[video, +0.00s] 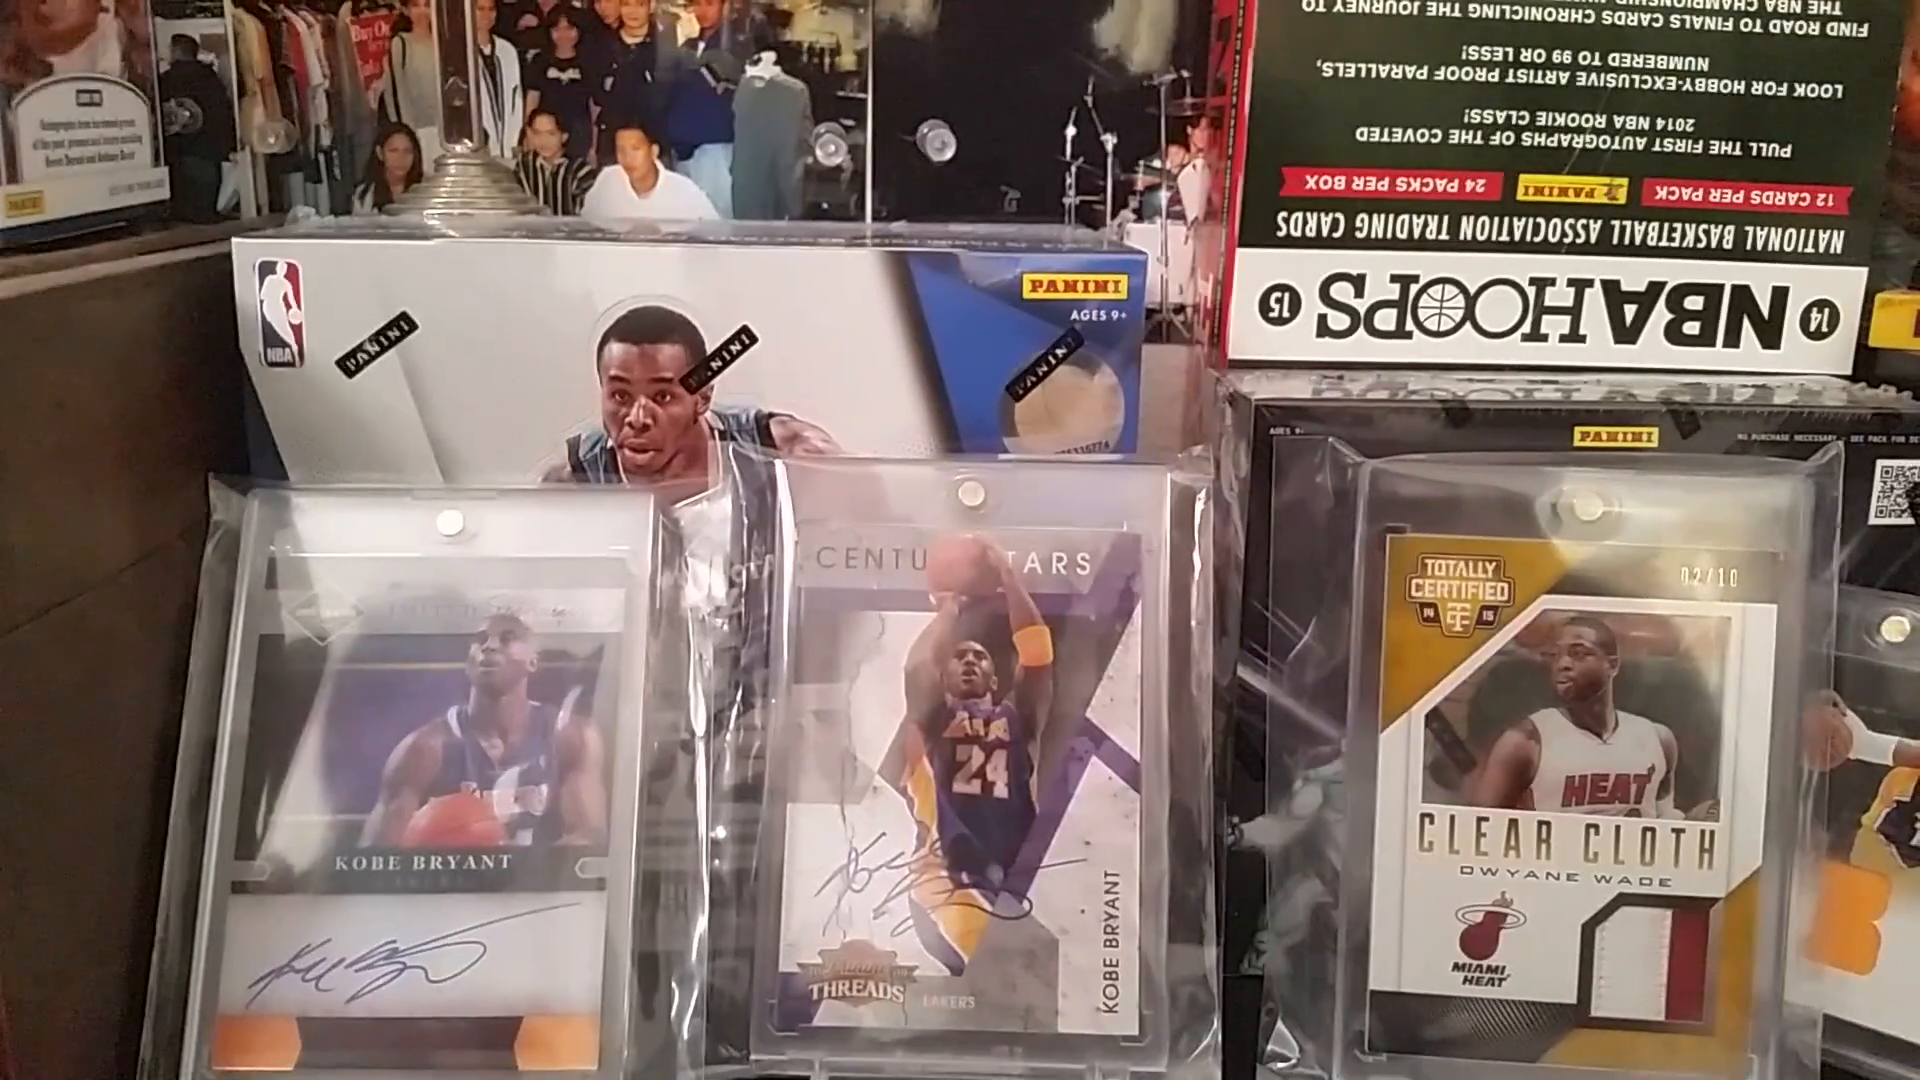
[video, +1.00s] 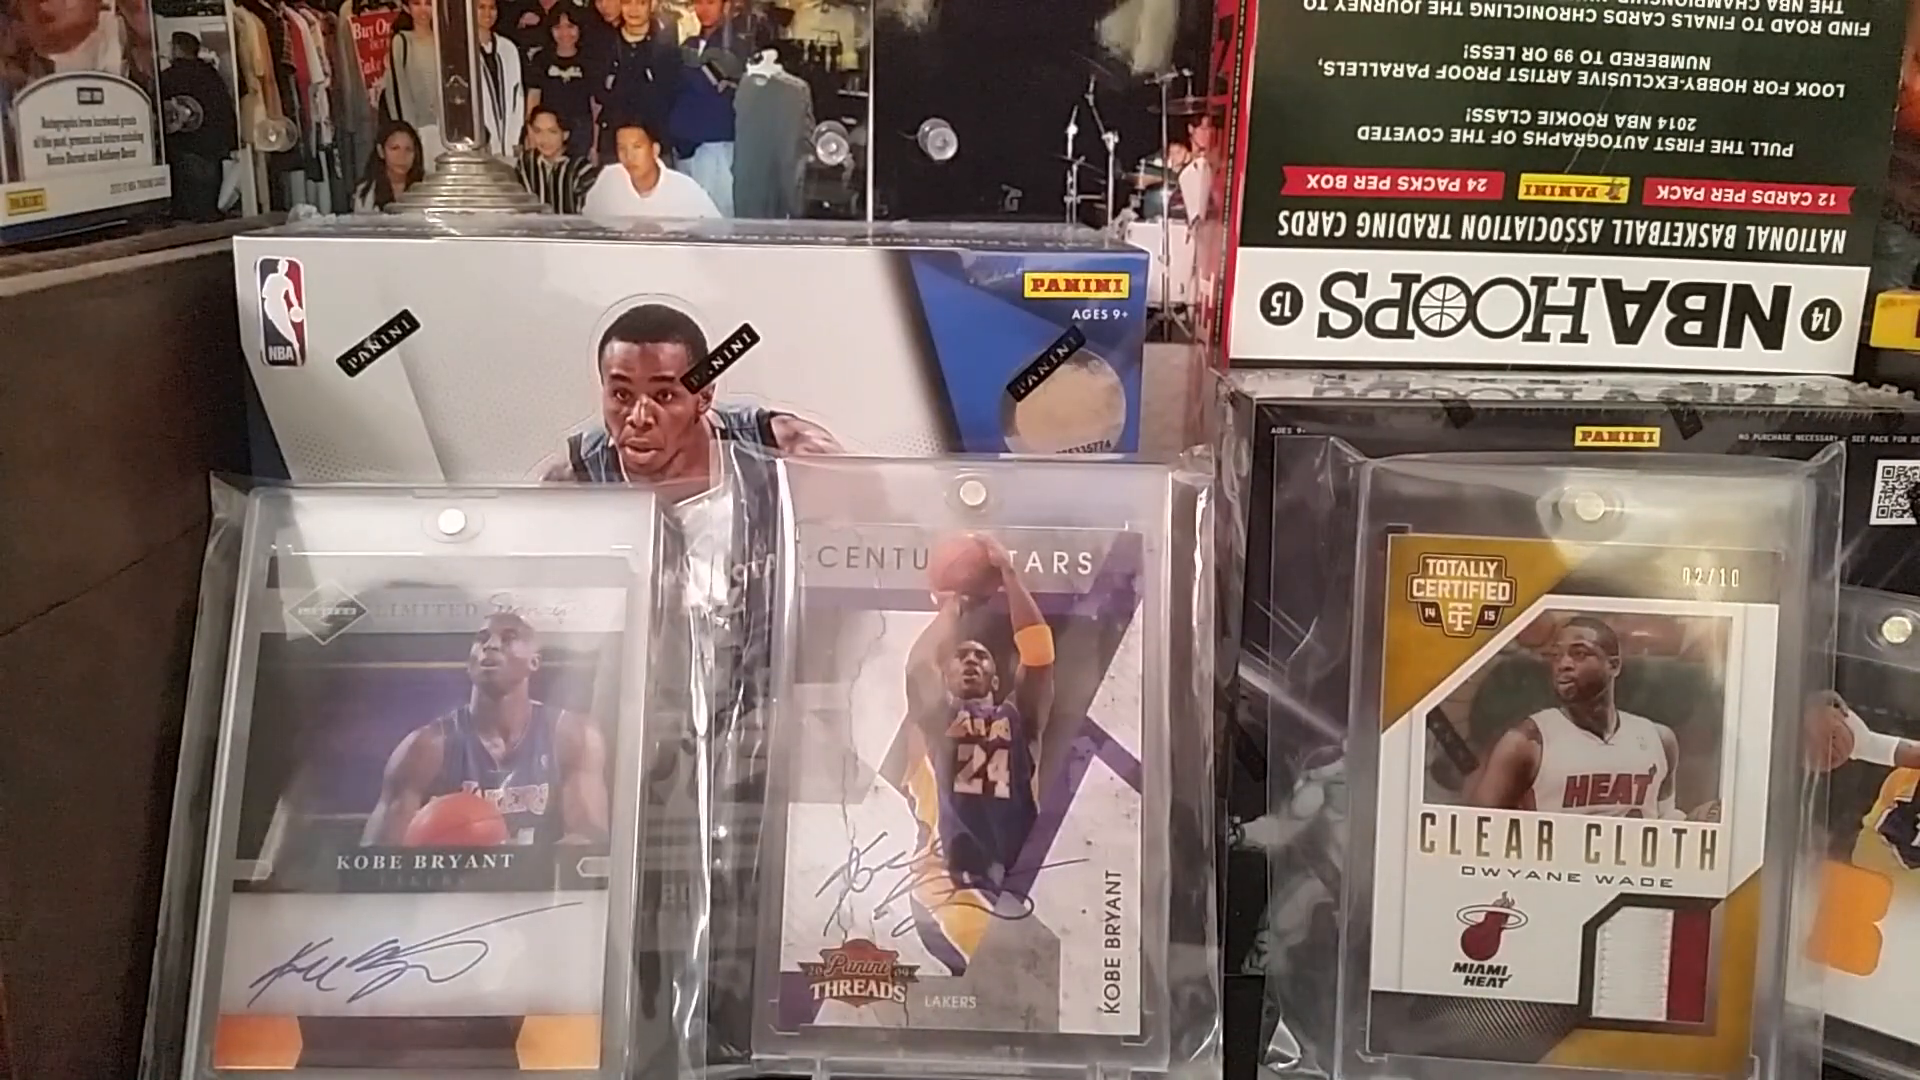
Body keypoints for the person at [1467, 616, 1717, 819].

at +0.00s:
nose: (1561, 664)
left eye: (1578, 653)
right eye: (1556, 655)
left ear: (1613, 666)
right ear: (1549, 662)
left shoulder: (1659, 742)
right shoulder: (1523, 743)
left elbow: (1664, 826)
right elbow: (1474, 837)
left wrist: (1693, 822)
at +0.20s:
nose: (1563, 665)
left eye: (1579, 654)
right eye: (1557, 655)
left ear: (1614, 667)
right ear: (1551, 663)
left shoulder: (1661, 743)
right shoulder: (1524, 744)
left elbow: (1665, 822)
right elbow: (1475, 837)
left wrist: (1692, 824)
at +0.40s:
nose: (1563, 664)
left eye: (1579, 654)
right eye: (1557, 655)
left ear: (1614, 667)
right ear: (1551, 663)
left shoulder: (1661, 743)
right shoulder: (1524, 744)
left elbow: (1663, 830)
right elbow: (1474, 839)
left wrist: (1695, 823)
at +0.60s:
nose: (1563, 665)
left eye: (1579, 654)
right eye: (1557, 655)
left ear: (1614, 666)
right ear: (1551, 664)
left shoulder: (1661, 743)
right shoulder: (1524, 744)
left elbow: (1663, 824)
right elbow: (1473, 836)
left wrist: (1693, 823)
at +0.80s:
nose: (1563, 664)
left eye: (1579, 654)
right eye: (1557, 655)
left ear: (1614, 667)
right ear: (1551, 663)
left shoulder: (1661, 743)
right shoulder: (1524, 743)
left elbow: (1664, 825)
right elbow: (1472, 836)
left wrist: (1693, 823)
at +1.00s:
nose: (1563, 664)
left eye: (1579, 654)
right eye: (1557, 655)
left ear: (1614, 666)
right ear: (1551, 663)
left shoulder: (1661, 742)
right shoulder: (1524, 744)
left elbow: (1663, 827)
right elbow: (1473, 837)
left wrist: (1692, 824)